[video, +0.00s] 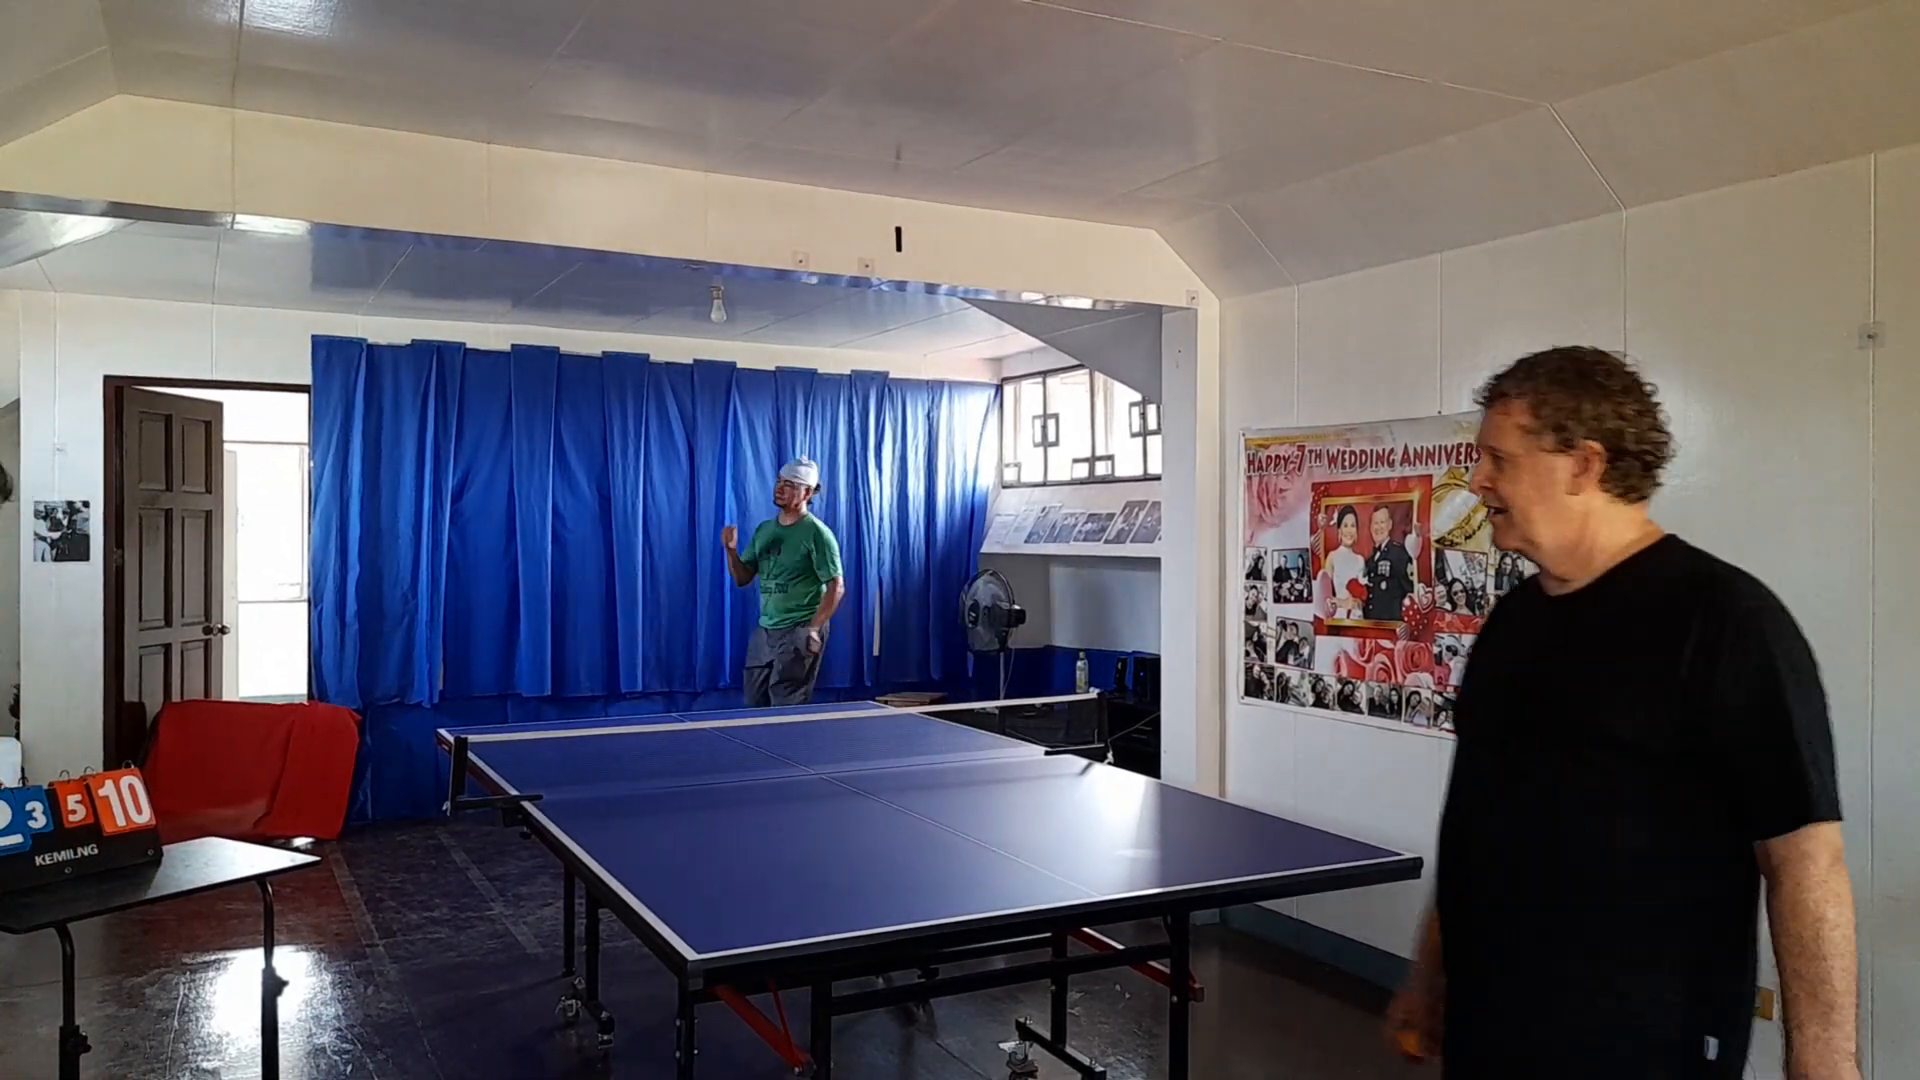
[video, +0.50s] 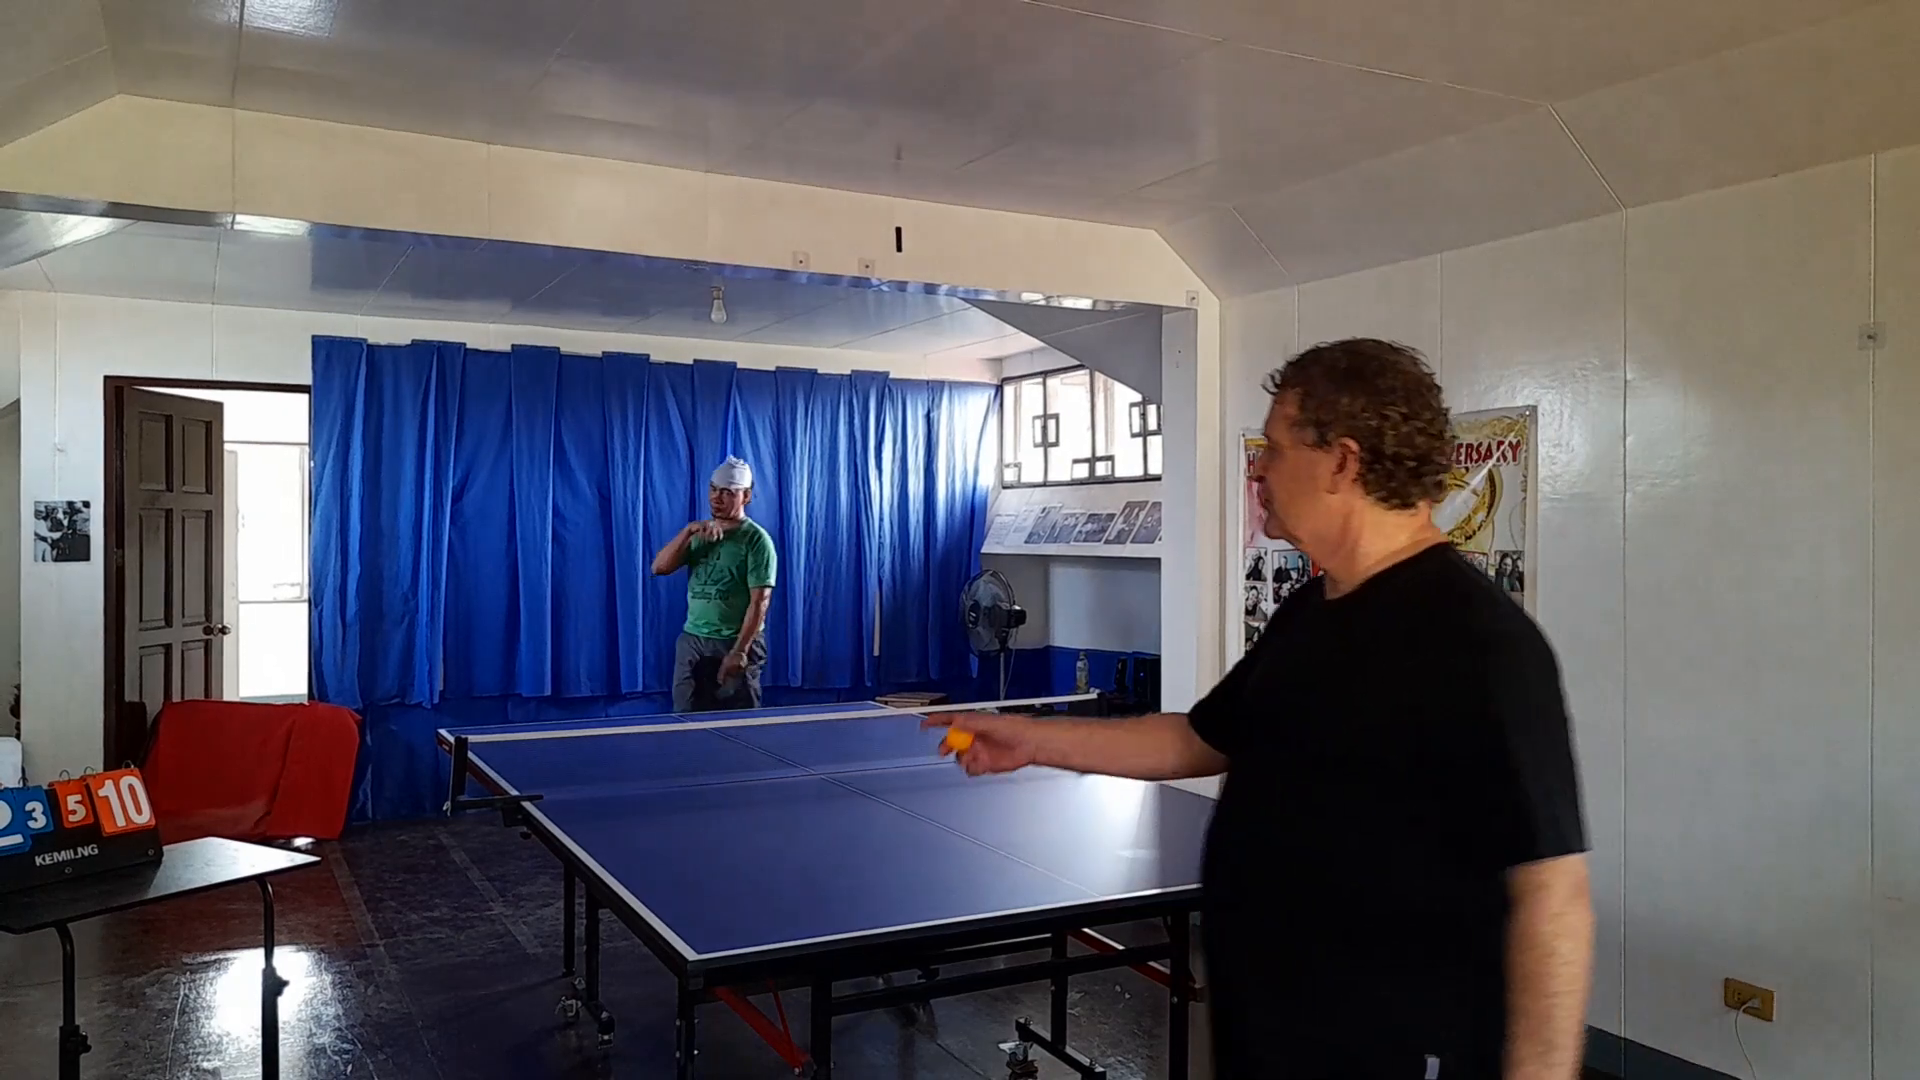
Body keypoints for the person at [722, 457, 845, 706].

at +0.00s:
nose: (780, 488)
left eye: (790, 485)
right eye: (779, 481)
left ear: (807, 494)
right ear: (775, 483)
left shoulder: (818, 534)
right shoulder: (765, 530)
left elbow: (836, 586)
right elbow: (742, 578)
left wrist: (814, 628)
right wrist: (730, 550)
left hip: (800, 633)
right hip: (765, 633)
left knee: (785, 706)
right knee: (754, 703)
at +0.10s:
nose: (770, 488)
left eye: (780, 485)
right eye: (769, 482)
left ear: (798, 492)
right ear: (765, 484)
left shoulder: (809, 532)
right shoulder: (753, 527)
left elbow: (821, 585)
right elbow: (723, 568)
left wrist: (789, 620)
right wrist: (727, 531)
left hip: (793, 635)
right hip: (755, 630)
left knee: (793, 714)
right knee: (738, 702)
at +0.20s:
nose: (761, 494)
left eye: (770, 489)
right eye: (758, 486)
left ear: (787, 495)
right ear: (753, 488)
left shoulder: (798, 535)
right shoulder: (744, 530)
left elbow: (805, 589)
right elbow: (707, 564)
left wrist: (763, 616)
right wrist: (725, 521)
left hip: (783, 638)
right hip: (743, 637)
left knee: (794, 719)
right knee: (729, 716)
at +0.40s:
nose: (733, 499)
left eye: (741, 494)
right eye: (729, 492)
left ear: (759, 497)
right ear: (724, 493)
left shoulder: (771, 539)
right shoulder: (715, 533)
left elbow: (772, 597)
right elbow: (678, 564)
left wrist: (732, 634)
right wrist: (704, 521)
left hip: (756, 646)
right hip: (712, 645)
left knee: (761, 727)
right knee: (704, 728)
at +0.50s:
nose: (718, 497)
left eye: (727, 492)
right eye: (714, 490)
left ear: (745, 496)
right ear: (708, 492)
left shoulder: (756, 540)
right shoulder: (697, 535)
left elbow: (760, 602)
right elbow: (659, 568)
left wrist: (740, 651)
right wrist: (688, 531)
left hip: (736, 647)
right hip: (693, 643)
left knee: (741, 725)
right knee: (686, 721)